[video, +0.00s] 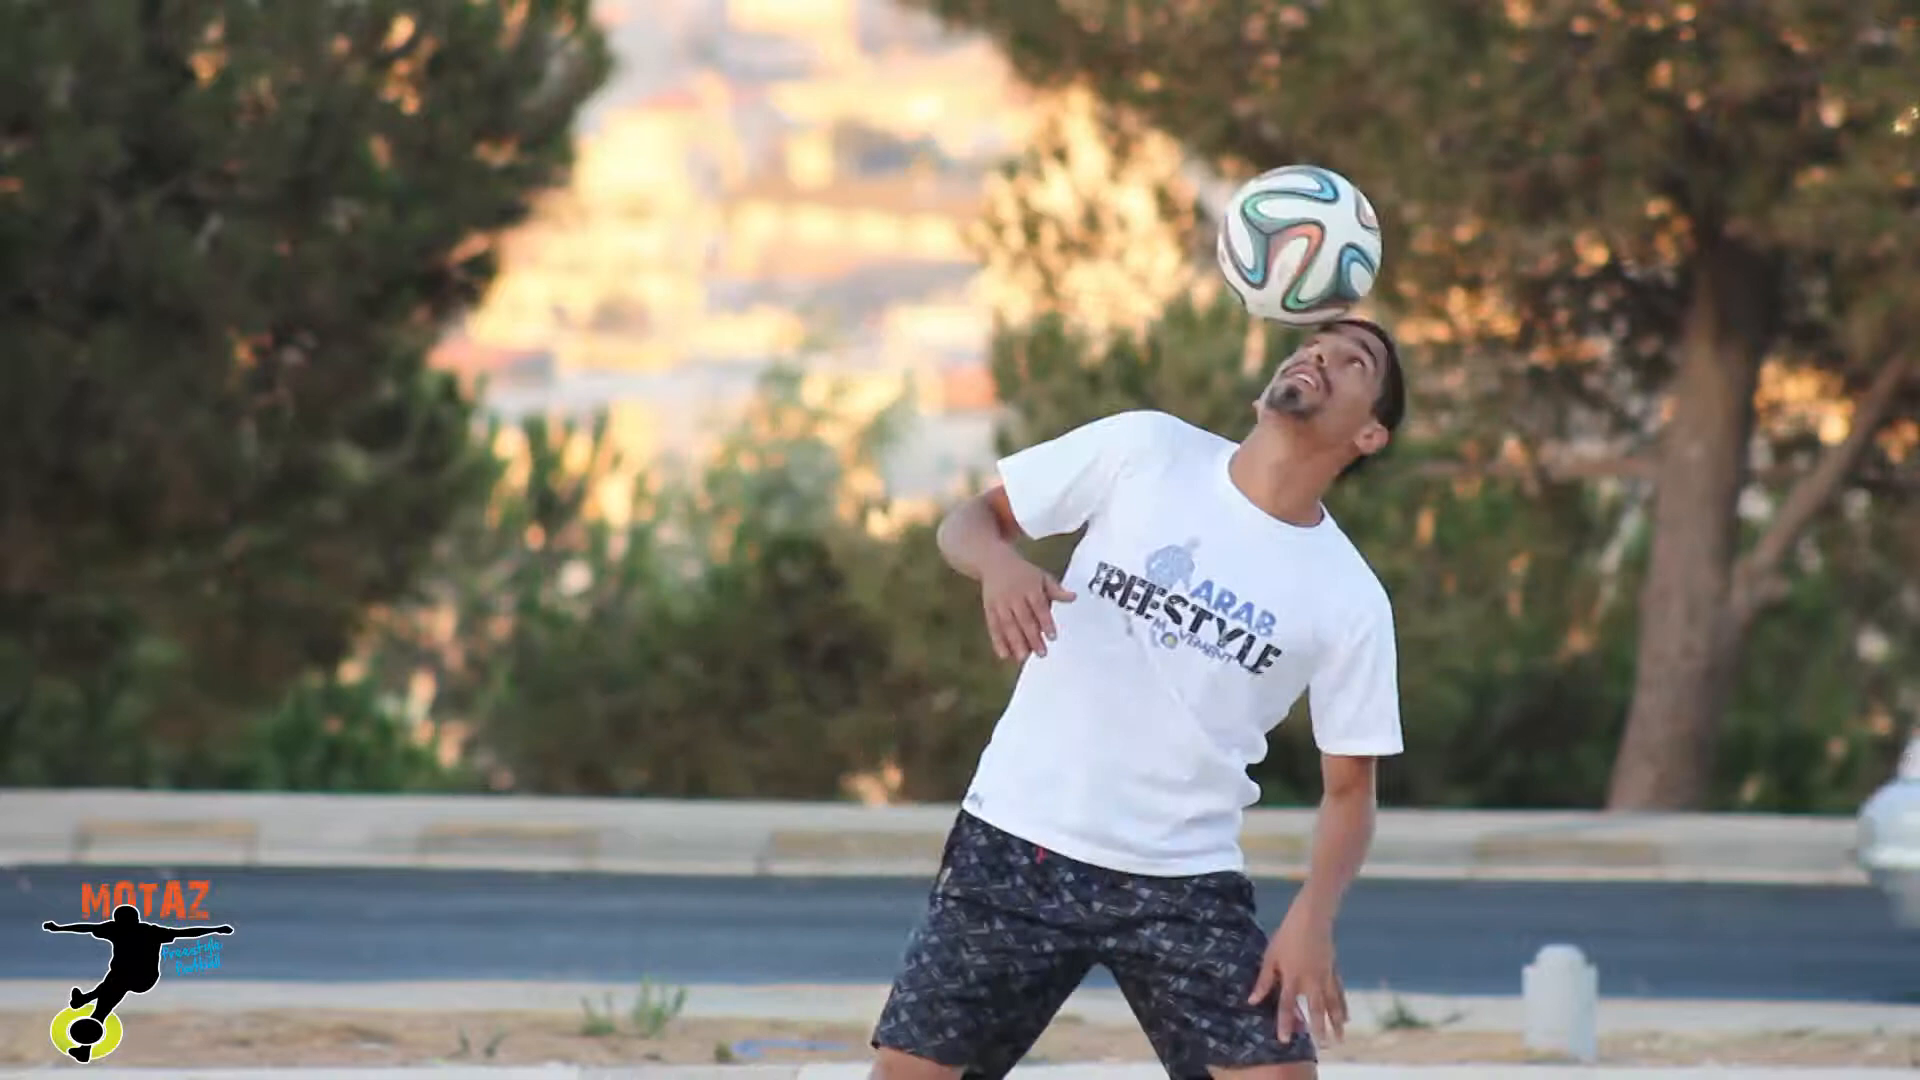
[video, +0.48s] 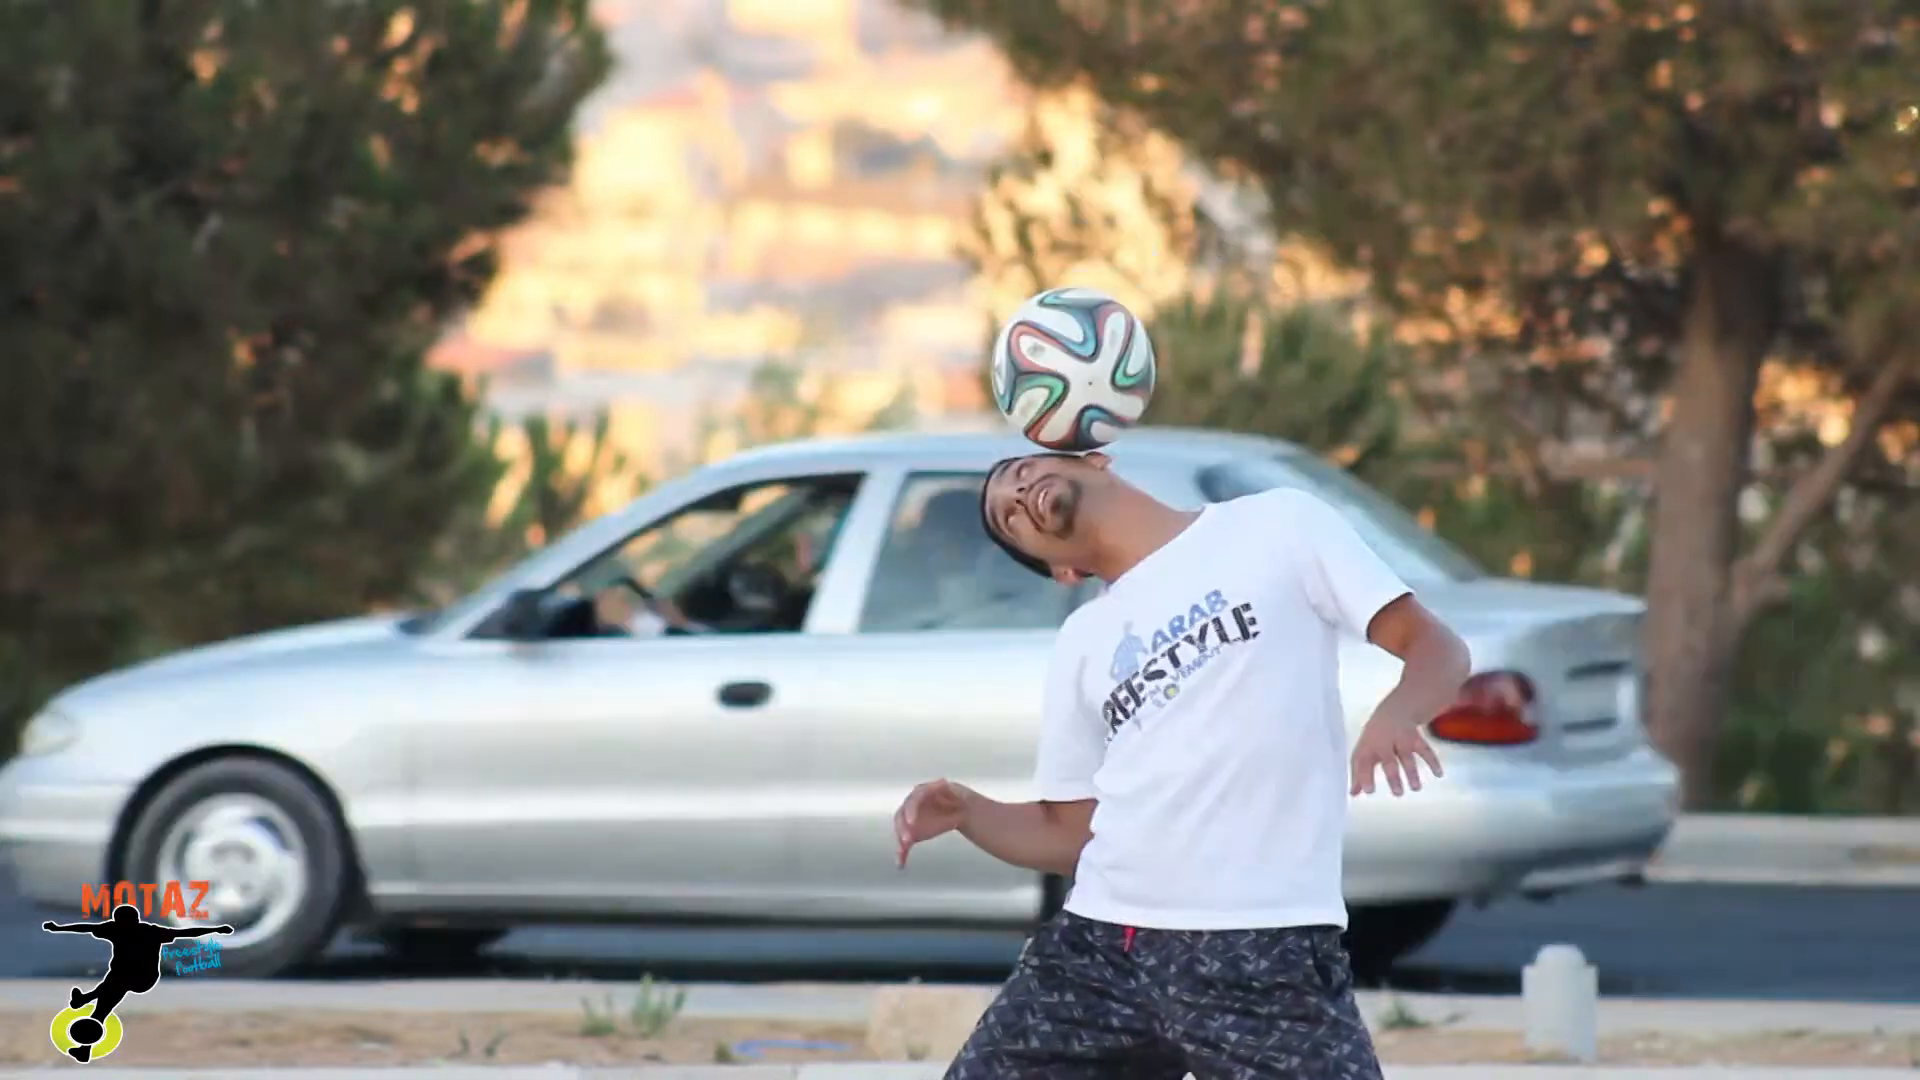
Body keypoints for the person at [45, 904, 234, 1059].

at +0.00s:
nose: (117, 926)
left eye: (117, 923)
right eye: (119, 923)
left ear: (117, 920)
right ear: (137, 918)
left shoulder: (113, 929)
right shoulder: (154, 931)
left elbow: (85, 928)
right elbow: (186, 933)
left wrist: (58, 928)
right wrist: (216, 929)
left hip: (121, 977)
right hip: (148, 981)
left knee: (102, 1010)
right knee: (111, 980)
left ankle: (85, 1049)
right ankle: (82, 1000)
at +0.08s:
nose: (117, 926)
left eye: (118, 922)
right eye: (118, 923)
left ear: (118, 920)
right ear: (137, 919)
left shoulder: (113, 929)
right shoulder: (154, 931)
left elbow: (86, 928)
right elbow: (186, 933)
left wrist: (59, 928)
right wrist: (216, 929)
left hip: (122, 977)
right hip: (147, 980)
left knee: (103, 1010)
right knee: (113, 978)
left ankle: (85, 1048)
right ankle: (83, 999)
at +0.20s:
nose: (117, 927)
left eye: (118, 923)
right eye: (118, 924)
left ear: (118, 920)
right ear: (137, 919)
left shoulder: (113, 929)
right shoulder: (154, 931)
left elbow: (86, 928)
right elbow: (186, 932)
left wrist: (59, 928)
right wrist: (215, 929)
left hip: (122, 977)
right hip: (147, 981)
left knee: (103, 1010)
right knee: (113, 978)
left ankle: (85, 1048)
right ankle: (83, 999)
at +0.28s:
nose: (117, 926)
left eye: (118, 922)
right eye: (118, 923)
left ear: (118, 920)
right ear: (137, 919)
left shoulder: (113, 929)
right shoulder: (154, 931)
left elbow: (86, 928)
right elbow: (186, 933)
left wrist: (59, 928)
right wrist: (216, 929)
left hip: (122, 977)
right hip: (147, 980)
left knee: (103, 1010)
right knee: (113, 978)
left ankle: (85, 1048)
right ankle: (83, 999)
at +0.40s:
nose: (117, 926)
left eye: (117, 923)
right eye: (119, 923)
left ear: (118, 920)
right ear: (137, 918)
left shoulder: (113, 929)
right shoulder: (154, 931)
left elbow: (86, 928)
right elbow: (186, 933)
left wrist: (59, 928)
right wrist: (216, 929)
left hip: (122, 977)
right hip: (147, 981)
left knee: (103, 1010)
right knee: (112, 978)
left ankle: (85, 1047)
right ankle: (83, 999)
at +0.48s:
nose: (117, 926)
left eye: (117, 923)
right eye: (118, 923)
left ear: (118, 920)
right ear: (137, 919)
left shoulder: (113, 929)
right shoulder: (153, 931)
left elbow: (86, 928)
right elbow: (187, 933)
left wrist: (59, 927)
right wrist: (215, 929)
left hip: (122, 977)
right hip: (147, 980)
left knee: (103, 1009)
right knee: (114, 978)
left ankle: (85, 1047)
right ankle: (83, 999)